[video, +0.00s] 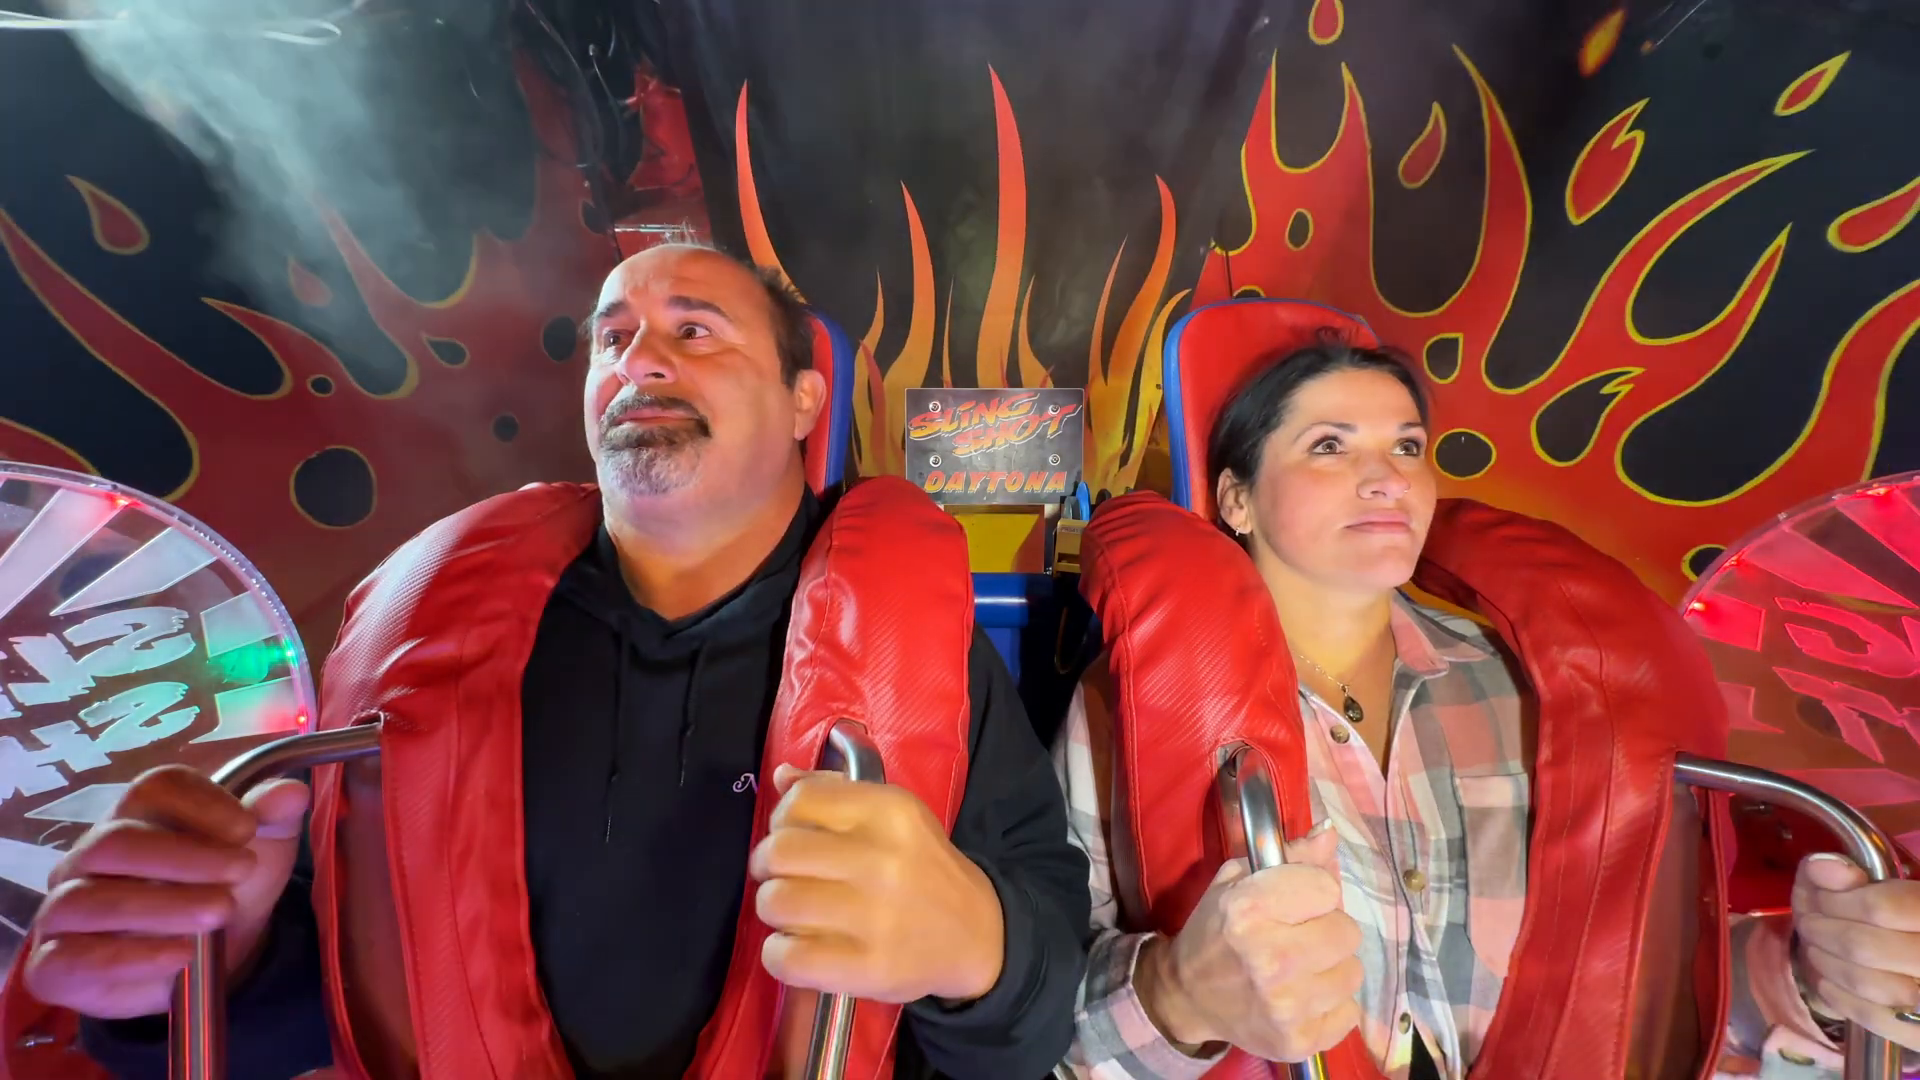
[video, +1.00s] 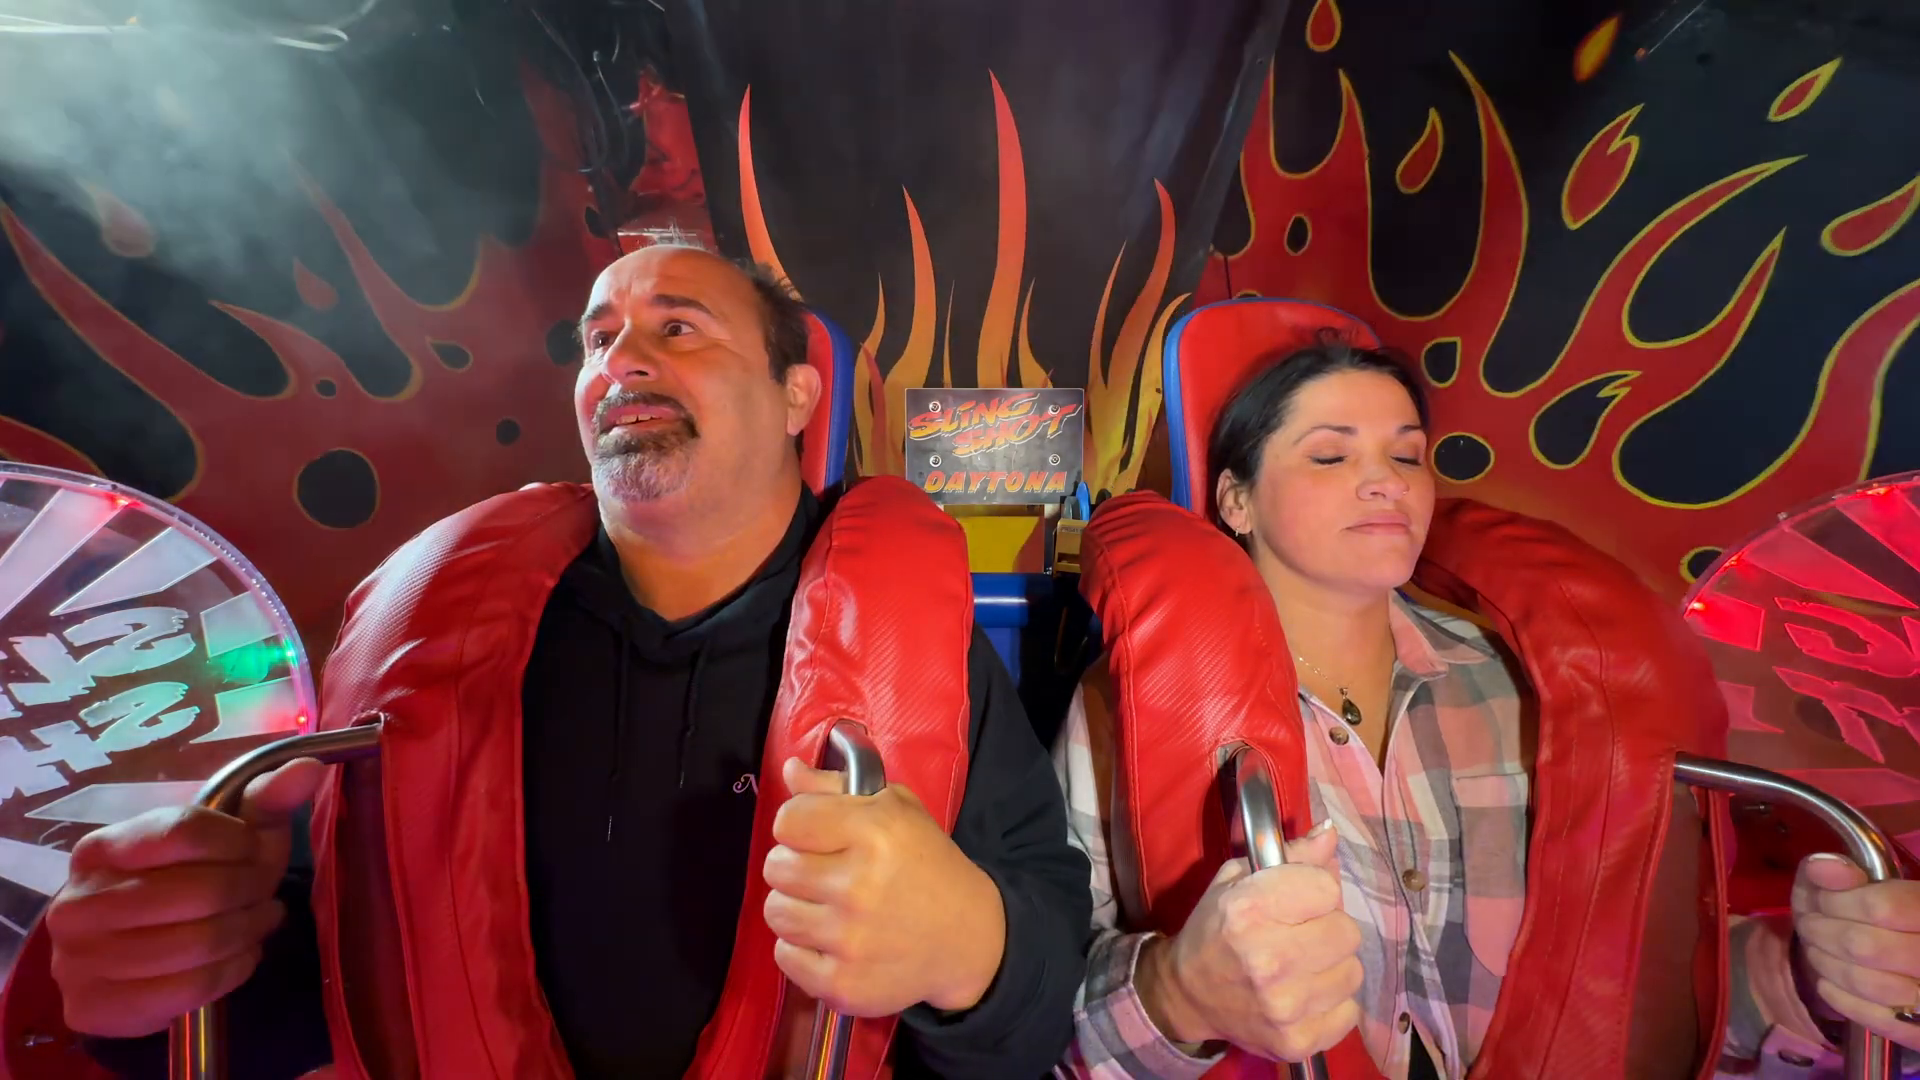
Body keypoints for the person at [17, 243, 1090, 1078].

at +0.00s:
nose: (639, 359)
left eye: (699, 326)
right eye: (612, 338)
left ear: (807, 402)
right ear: (583, 411)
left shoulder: (924, 650)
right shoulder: (435, 642)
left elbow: (1041, 981)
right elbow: (297, 1017)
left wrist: (980, 943)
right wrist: (186, 978)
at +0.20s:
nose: (636, 361)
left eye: (695, 326)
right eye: (611, 341)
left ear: (804, 407)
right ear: (583, 413)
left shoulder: (922, 649)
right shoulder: (430, 634)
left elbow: (1040, 977)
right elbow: (309, 987)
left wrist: (976, 949)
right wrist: (122, 978)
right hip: (477, 1065)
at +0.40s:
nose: (626, 366)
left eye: (686, 329)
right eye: (605, 345)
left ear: (801, 406)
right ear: (578, 416)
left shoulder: (922, 659)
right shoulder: (435, 637)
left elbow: (1033, 1026)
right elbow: (308, 986)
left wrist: (975, 956)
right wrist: (119, 977)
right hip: (478, 1063)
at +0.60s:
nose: (619, 368)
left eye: (680, 329)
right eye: (598, 349)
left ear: (798, 404)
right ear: (577, 420)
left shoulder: (928, 672)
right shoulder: (436, 647)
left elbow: (1033, 1034)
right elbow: (303, 999)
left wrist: (970, 963)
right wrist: (77, 983)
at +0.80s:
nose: (620, 363)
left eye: (680, 326)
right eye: (598, 346)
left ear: (798, 399)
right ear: (576, 422)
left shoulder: (921, 654)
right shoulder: (437, 644)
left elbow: (1038, 1016)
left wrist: (972, 955)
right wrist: (90, 981)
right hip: (495, 1063)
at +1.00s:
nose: (619, 366)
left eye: (681, 326)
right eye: (598, 344)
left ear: (798, 398)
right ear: (575, 418)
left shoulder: (922, 659)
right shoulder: (443, 644)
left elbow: (1036, 1016)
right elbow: (319, 972)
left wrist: (979, 952)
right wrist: (120, 977)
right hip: (493, 1071)